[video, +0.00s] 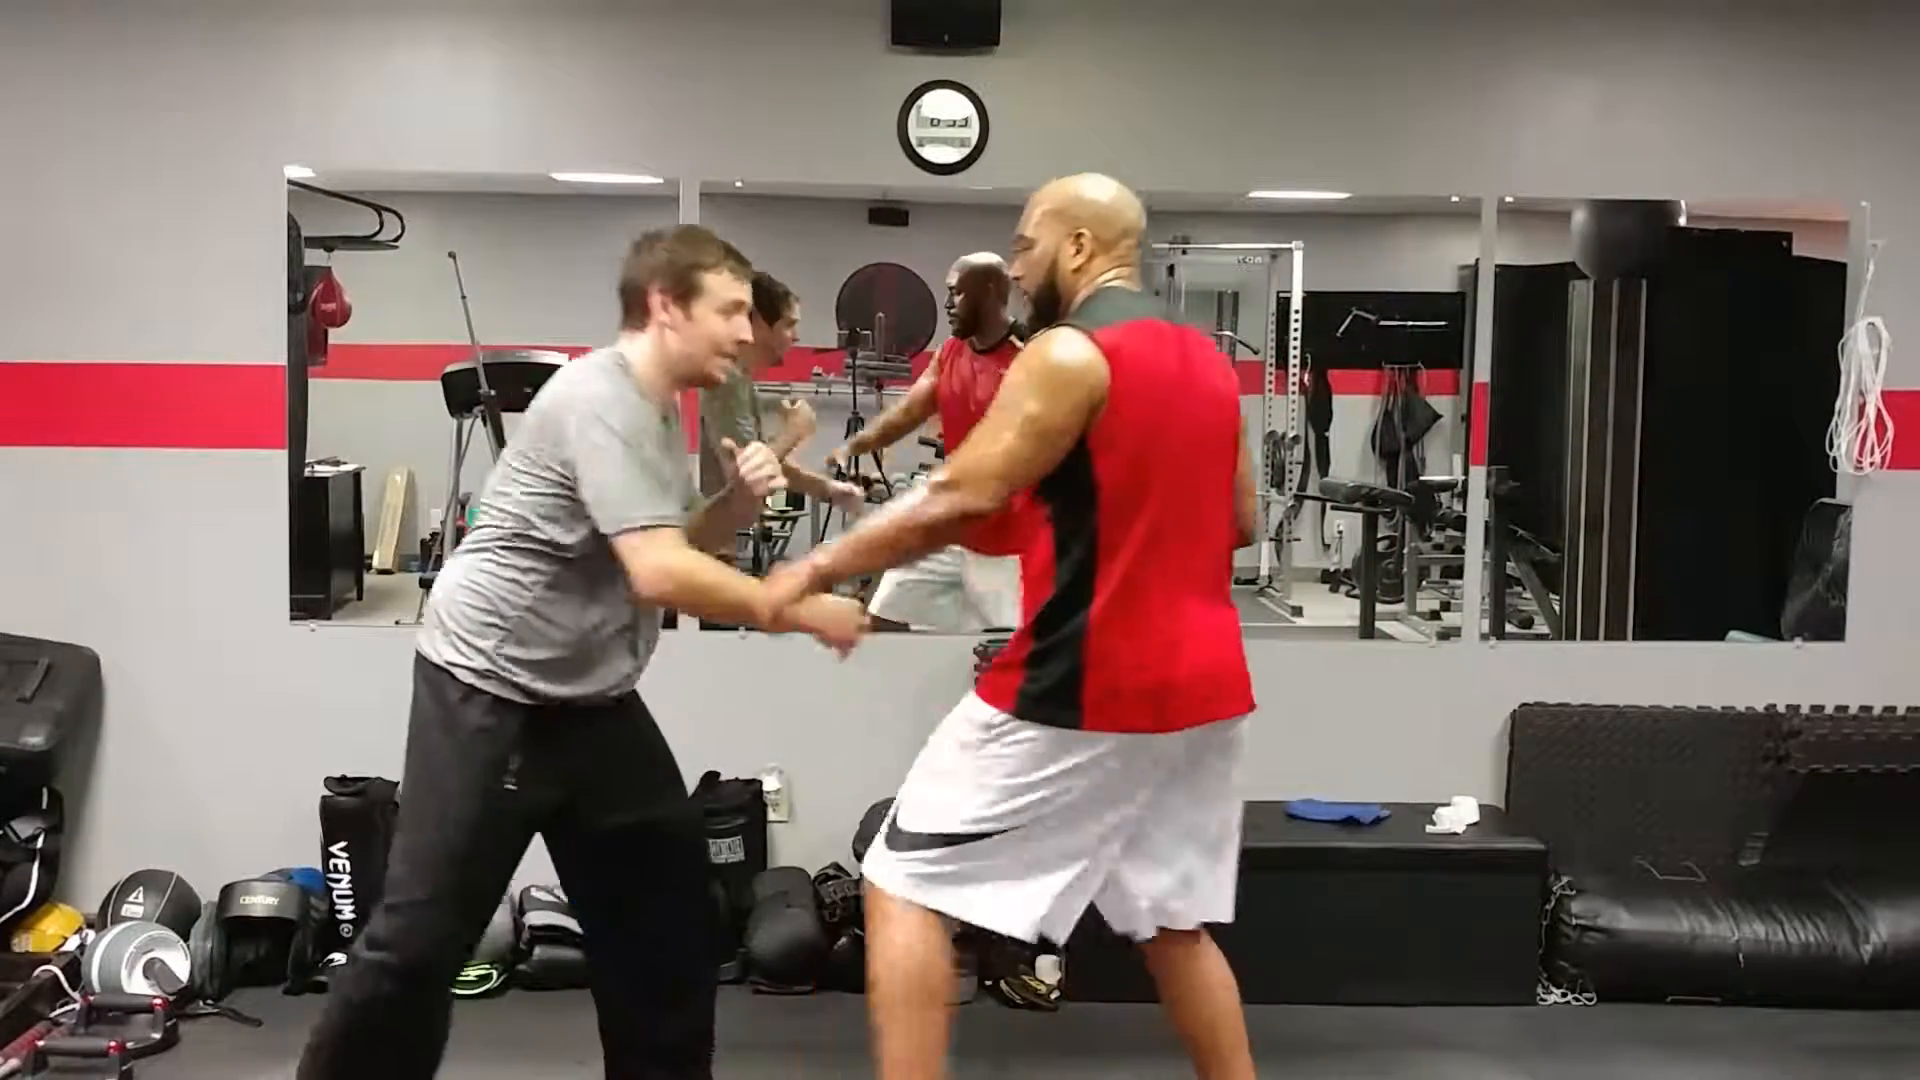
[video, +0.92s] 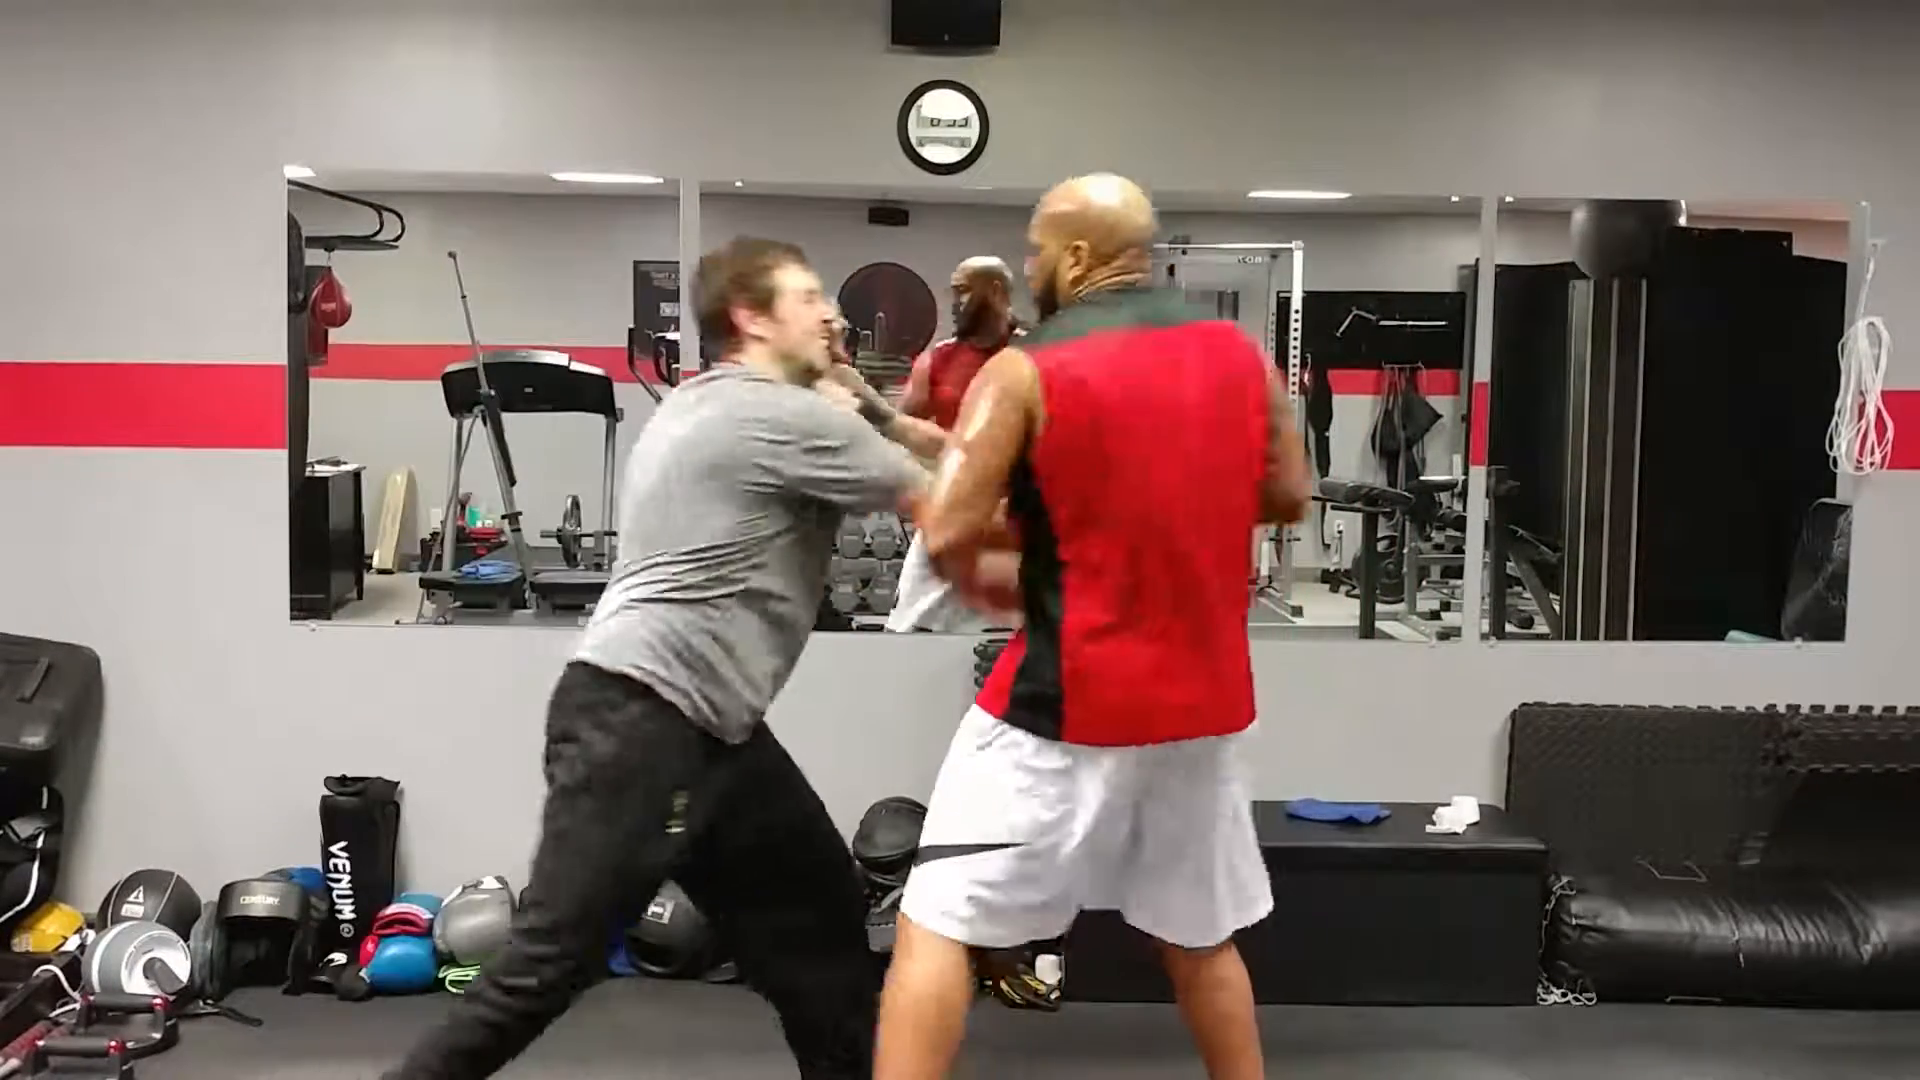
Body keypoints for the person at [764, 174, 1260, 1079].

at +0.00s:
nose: (1016, 267)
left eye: (1027, 246)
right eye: (1018, 248)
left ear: (1080, 247)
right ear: (1116, 252)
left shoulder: (1068, 357)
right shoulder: (1207, 359)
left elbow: (956, 501)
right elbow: (1240, 522)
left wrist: (816, 568)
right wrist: (1116, 540)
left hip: (1075, 678)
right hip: (1204, 679)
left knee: (901, 880)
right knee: (1173, 918)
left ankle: (911, 1070)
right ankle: (1236, 1076)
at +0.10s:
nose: (1040, 255)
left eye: (1052, 234)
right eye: (1042, 234)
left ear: (1107, 237)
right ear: (1134, 243)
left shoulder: (1099, 347)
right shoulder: (1226, 349)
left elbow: (1030, 509)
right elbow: (1159, 479)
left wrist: (910, 622)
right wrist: (1036, 471)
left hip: (1104, 679)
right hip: (1231, 677)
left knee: (959, 894)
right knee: (1194, 918)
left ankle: (1005, 1074)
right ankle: (1243, 1076)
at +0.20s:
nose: (1052, 249)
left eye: (1065, 228)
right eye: (1055, 228)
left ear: (1122, 235)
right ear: (1152, 240)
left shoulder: (1115, 350)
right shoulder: (1231, 345)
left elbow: (1100, 526)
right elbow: (1209, 510)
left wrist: (1017, 674)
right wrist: (1079, 546)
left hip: (1120, 696)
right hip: (1236, 693)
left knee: (1027, 931)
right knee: (1200, 919)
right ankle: (1246, 1076)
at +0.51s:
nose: (1075, 246)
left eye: (1091, 227)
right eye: (1078, 226)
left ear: (1151, 236)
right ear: (1165, 239)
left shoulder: (1159, 347)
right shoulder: (1230, 340)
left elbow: (1149, 500)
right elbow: (1199, 495)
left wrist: (1008, 563)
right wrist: (1088, 497)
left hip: (1150, 697)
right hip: (1248, 690)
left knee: (1088, 953)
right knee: (1218, 936)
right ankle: (1249, 1075)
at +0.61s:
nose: (1085, 242)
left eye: (1101, 223)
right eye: (1088, 223)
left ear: (1160, 231)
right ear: (1177, 235)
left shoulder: (1153, 332)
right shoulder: (1231, 315)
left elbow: (1059, 451)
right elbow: (1100, 442)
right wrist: (999, 409)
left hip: (1154, 683)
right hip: (1259, 678)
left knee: (1075, 941)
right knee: (1220, 931)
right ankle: (1252, 1077)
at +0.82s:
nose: (1073, 239)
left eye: (1083, 225)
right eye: (1077, 223)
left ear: (1132, 238)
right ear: (1173, 241)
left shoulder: (1078, 343)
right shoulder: (1244, 317)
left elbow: (1011, 501)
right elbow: (1167, 438)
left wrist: (1013, 410)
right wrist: (1030, 375)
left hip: (1101, 678)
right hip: (1231, 676)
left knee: (956, 893)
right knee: (1195, 917)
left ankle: (989, 1077)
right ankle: (1249, 1079)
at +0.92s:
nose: (1030, 268)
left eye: (1038, 253)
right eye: (1034, 251)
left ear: (1066, 262)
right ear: (1143, 257)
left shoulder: (1026, 371)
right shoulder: (1236, 350)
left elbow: (952, 527)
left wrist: (993, 561)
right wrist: (1175, 502)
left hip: (1061, 700)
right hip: (1204, 698)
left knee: (934, 923)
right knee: (1201, 934)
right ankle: (1244, 1078)